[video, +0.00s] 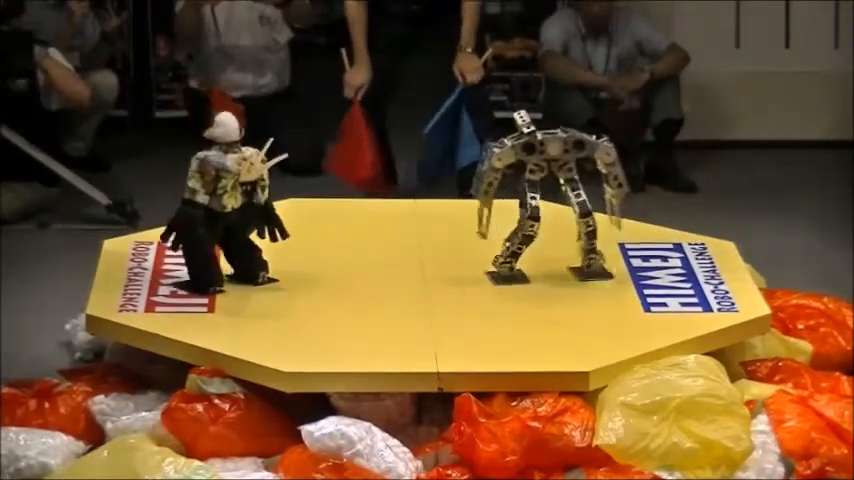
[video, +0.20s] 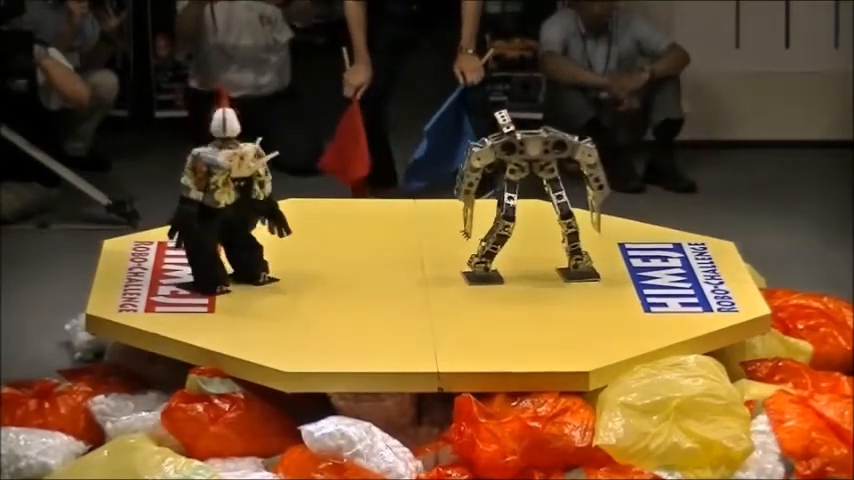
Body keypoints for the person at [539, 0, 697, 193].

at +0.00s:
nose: (597, 9)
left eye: (603, 3)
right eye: (589, 3)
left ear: (613, 4)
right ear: (578, 5)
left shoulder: (629, 21)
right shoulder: (559, 24)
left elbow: (680, 56)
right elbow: (550, 64)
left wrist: (645, 75)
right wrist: (608, 83)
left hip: (629, 108)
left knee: (668, 81)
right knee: (565, 93)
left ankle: (663, 164)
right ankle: (616, 164)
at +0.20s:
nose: (597, 9)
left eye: (604, 2)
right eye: (590, 3)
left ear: (613, 4)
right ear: (576, 6)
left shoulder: (628, 23)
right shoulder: (558, 25)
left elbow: (680, 56)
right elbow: (551, 65)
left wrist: (644, 75)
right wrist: (610, 83)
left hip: (627, 113)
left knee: (668, 79)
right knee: (564, 91)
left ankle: (662, 164)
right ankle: (616, 165)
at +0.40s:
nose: (598, 9)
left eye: (604, 2)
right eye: (590, 3)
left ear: (613, 4)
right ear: (576, 6)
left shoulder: (628, 23)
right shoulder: (558, 25)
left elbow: (679, 56)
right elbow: (551, 65)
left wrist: (644, 76)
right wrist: (610, 83)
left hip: (627, 112)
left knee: (668, 79)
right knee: (564, 91)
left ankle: (662, 164)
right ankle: (619, 164)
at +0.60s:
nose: (598, 9)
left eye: (604, 2)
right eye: (590, 3)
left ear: (613, 4)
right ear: (576, 6)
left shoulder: (628, 23)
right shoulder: (558, 25)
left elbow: (679, 56)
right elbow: (551, 65)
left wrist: (644, 75)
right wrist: (610, 83)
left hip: (627, 112)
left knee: (668, 78)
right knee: (563, 90)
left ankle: (662, 164)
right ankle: (618, 165)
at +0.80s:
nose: (596, 9)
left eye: (603, 3)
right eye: (589, 3)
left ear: (613, 4)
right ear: (576, 5)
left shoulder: (628, 23)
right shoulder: (559, 25)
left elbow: (679, 56)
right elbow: (551, 65)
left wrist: (645, 75)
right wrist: (609, 83)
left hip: (626, 113)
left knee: (668, 78)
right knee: (563, 90)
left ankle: (662, 165)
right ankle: (618, 166)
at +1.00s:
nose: (597, 10)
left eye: (604, 4)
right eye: (590, 4)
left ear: (613, 5)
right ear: (576, 6)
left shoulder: (629, 23)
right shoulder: (558, 26)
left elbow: (679, 56)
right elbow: (551, 65)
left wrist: (643, 76)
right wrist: (609, 82)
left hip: (625, 113)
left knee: (668, 81)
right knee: (564, 90)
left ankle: (662, 165)